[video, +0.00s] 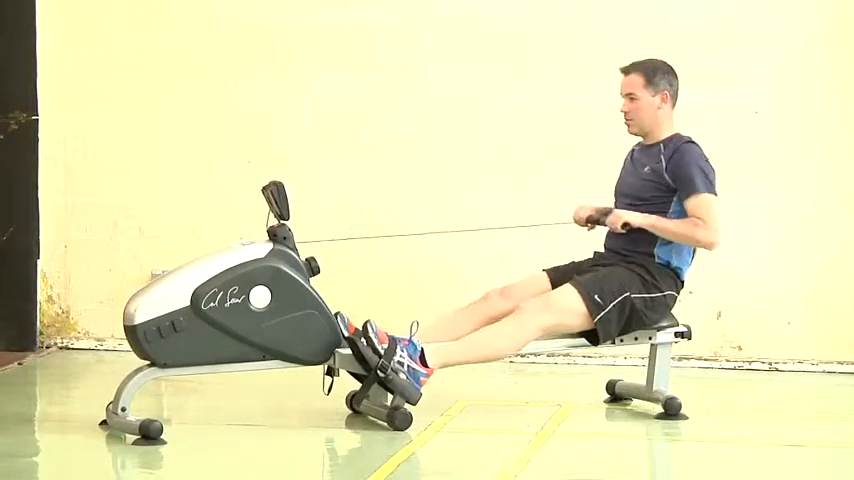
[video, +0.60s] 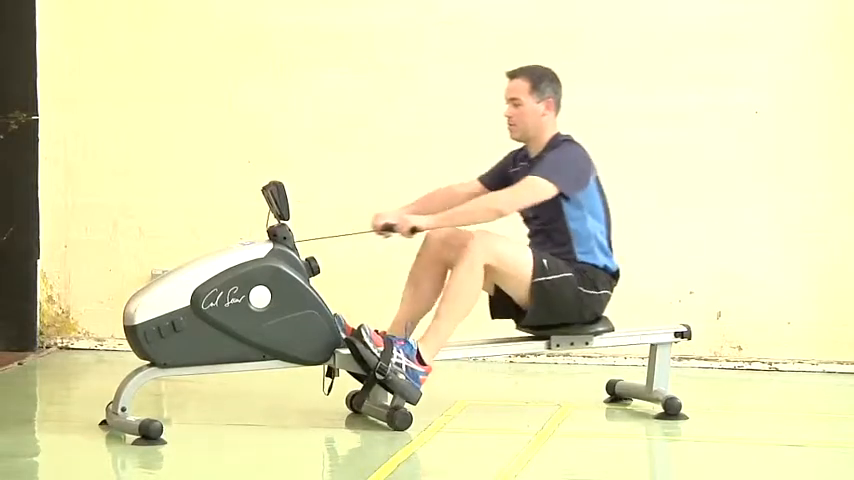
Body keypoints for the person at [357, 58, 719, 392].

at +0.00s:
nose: (623, 109)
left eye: (631, 98)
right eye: (622, 99)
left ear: (663, 100)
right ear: (650, 101)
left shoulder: (684, 153)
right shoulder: (637, 155)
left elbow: (709, 233)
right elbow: (641, 220)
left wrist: (642, 219)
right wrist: (604, 214)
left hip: (648, 276)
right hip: (612, 263)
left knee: (536, 313)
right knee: (500, 299)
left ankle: (424, 363)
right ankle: (399, 347)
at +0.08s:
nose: (615, 107)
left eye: (624, 97)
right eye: (615, 97)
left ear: (657, 99)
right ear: (642, 100)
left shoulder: (677, 154)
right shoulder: (628, 155)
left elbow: (692, 234)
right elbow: (622, 229)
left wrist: (621, 214)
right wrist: (587, 213)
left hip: (646, 278)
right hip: (608, 264)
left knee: (535, 308)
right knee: (494, 291)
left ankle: (422, 363)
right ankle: (398, 347)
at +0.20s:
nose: (598, 105)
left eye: (607, 96)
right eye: (598, 96)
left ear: (640, 99)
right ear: (626, 100)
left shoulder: (658, 154)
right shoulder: (608, 156)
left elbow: (657, 233)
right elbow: (584, 215)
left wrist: (591, 213)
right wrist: (552, 209)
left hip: (639, 279)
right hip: (601, 267)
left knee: (523, 288)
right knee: (487, 277)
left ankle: (423, 365)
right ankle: (404, 348)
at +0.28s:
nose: (584, 106)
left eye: (592, 96)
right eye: (584, 96)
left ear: (624, 100)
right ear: (614, 101)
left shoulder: (642, 154)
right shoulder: (593, 157)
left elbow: (629, 228)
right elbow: (561, 205)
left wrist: (557, 212)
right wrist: (521, 207)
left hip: (629, 280)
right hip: (593, 271)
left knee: (513, 275)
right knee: (478, 267)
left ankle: (423, 362)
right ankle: (404, 346)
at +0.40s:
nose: (557, 107)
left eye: (565, 98)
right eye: (557, 99)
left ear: (596, 102)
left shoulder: (615, 153)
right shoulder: (565, 158)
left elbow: (580, 217)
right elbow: (519, 198)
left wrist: (501, 211)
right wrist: (471, 206)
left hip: (612, 281)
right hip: (576, 274)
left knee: (499, 263)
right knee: (466, 254)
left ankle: (423, 360)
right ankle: (398, 344)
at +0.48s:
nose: (537, 108)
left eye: (546, 99)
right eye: (537, 99)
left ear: (577, 103)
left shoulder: (596, 154)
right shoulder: (547, 159)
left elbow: (548, 211)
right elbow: (492, 195)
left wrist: (472, 215)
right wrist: (446, 209)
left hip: (599, 281)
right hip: (564, 275)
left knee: (492, 255)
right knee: (455, 249)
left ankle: (423, 360)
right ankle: (397, 342)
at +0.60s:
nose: (507, 113)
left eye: (515, 104)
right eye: (506, 104)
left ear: (547, 107)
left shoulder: (569, 157)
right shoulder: (519, 159)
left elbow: (501, 205)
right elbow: (463, 193)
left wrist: (421, 223)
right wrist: (403, 214)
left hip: (582, 286)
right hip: (543, 282)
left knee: (480, 246)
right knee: (439, 239)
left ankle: (421, 359)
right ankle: (393, 342)